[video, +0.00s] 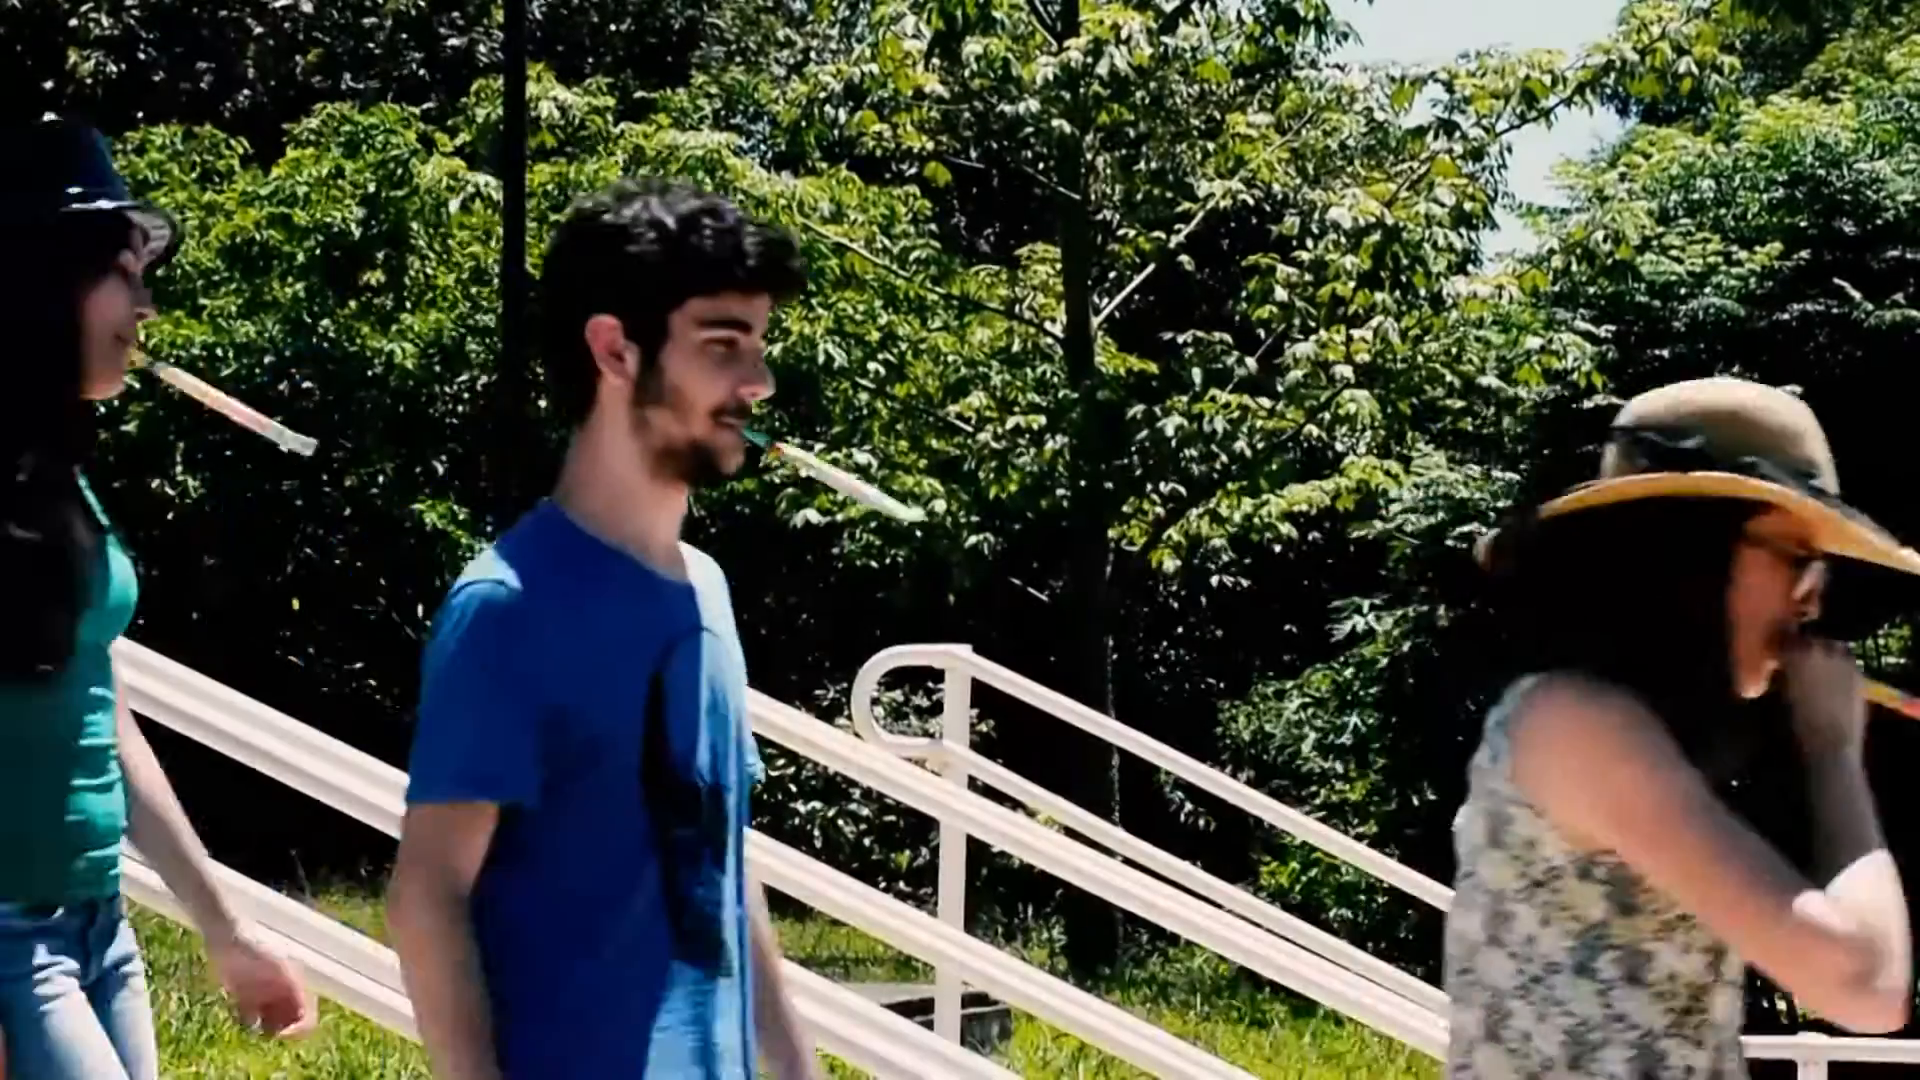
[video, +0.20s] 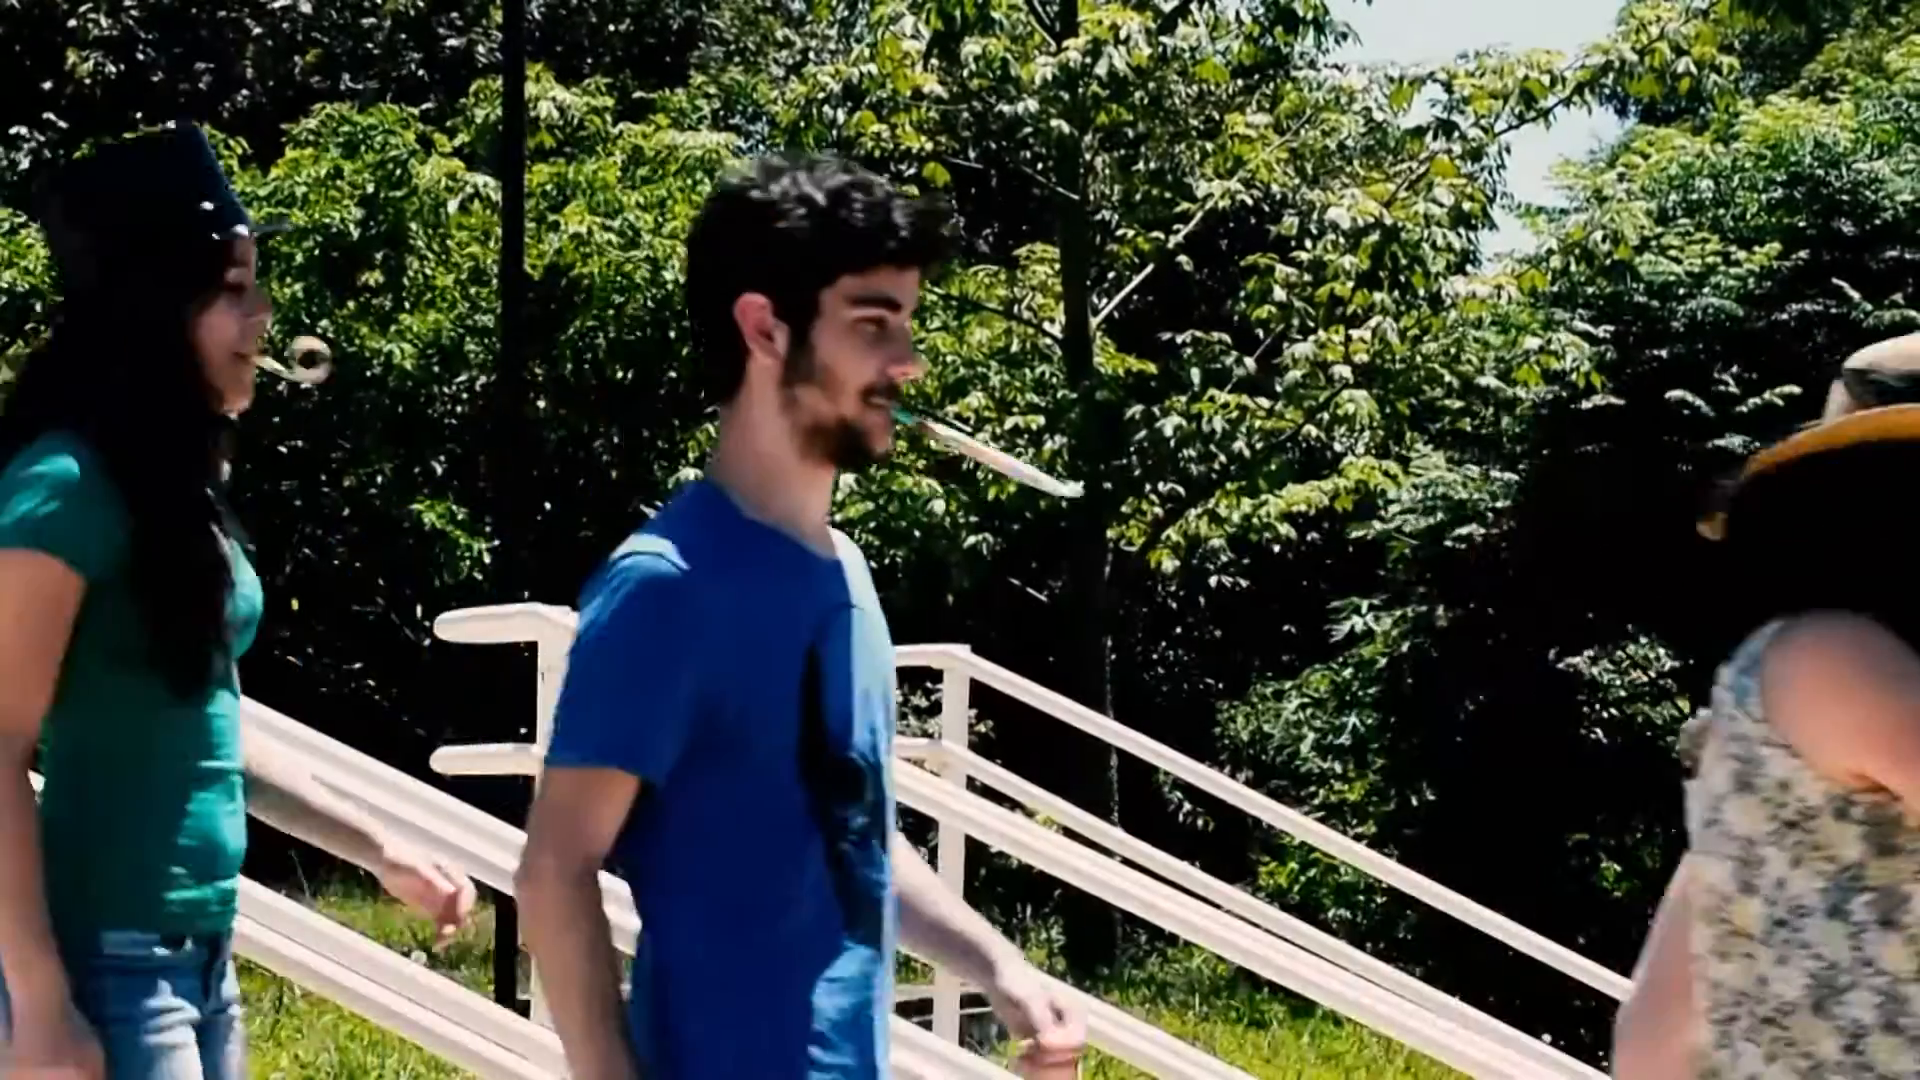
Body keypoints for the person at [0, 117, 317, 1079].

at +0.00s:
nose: (143, 308)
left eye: (142, 278)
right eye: (119, 276)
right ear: (38, 290)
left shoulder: (62, 486)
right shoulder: (8, 493)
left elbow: (104, 722)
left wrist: (223, 929)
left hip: (100, 924)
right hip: (11, 940)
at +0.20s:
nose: (259, 322)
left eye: (256, 292)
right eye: (232, 293)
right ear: (153, 306)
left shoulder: (176, 480)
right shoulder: (66, 488)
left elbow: (201, 738)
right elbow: (4, 755)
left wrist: (378, 852)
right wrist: (39, 1007)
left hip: (200, 961)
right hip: (107, 968)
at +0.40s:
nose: (346, 435)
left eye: (343, 401)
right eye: (300, 418)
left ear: (359, 405)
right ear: (233, 454)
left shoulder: (339, 607)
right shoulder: (168, 610)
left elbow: (357, 862)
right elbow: (155, 880)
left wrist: (487, 1043)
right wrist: (194, 1069)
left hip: (327, 1046)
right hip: (212, 1047)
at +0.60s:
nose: (454, 407)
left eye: (457, 373)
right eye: (410, 387)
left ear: (469, 380)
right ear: (338, 423)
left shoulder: (474, 584)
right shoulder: (270, 606)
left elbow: (462, 828)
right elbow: (262, 870)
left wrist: (482, 1025)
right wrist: (330, 1066)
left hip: (472, 1041)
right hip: (331, 1046)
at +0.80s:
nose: (647, 468)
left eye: (649, 444)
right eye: (608, 439)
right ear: (518, 461)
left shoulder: (624, 656)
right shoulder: (415, 682)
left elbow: (617, 908)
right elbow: (402, 970)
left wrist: (645, 1055)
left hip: (637, 1053)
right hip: (501, 1058)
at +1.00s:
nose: (847, 581)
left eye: (836, 551)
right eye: (811, 547)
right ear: (723, 567)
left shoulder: (782, 772)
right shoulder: (618, 798)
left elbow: (785, 1019)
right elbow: (584, 1069)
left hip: (796, 1067)